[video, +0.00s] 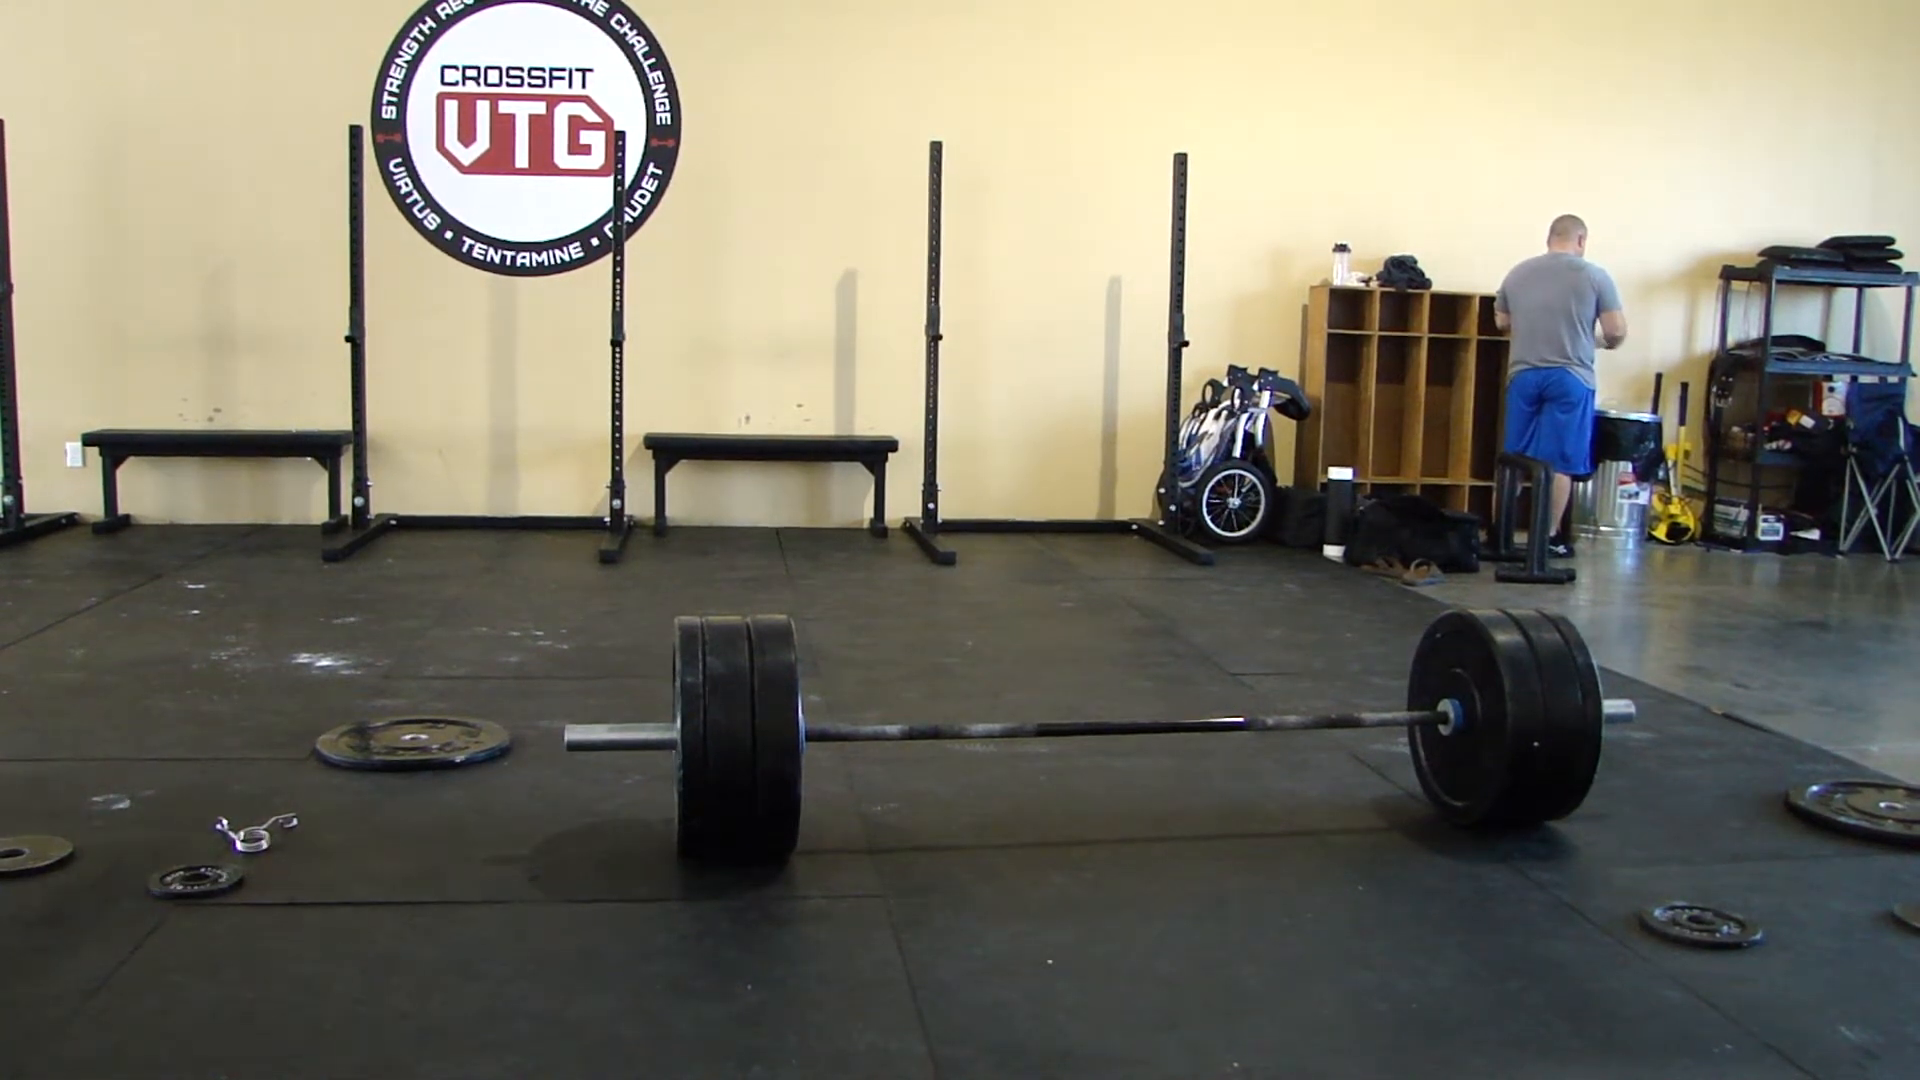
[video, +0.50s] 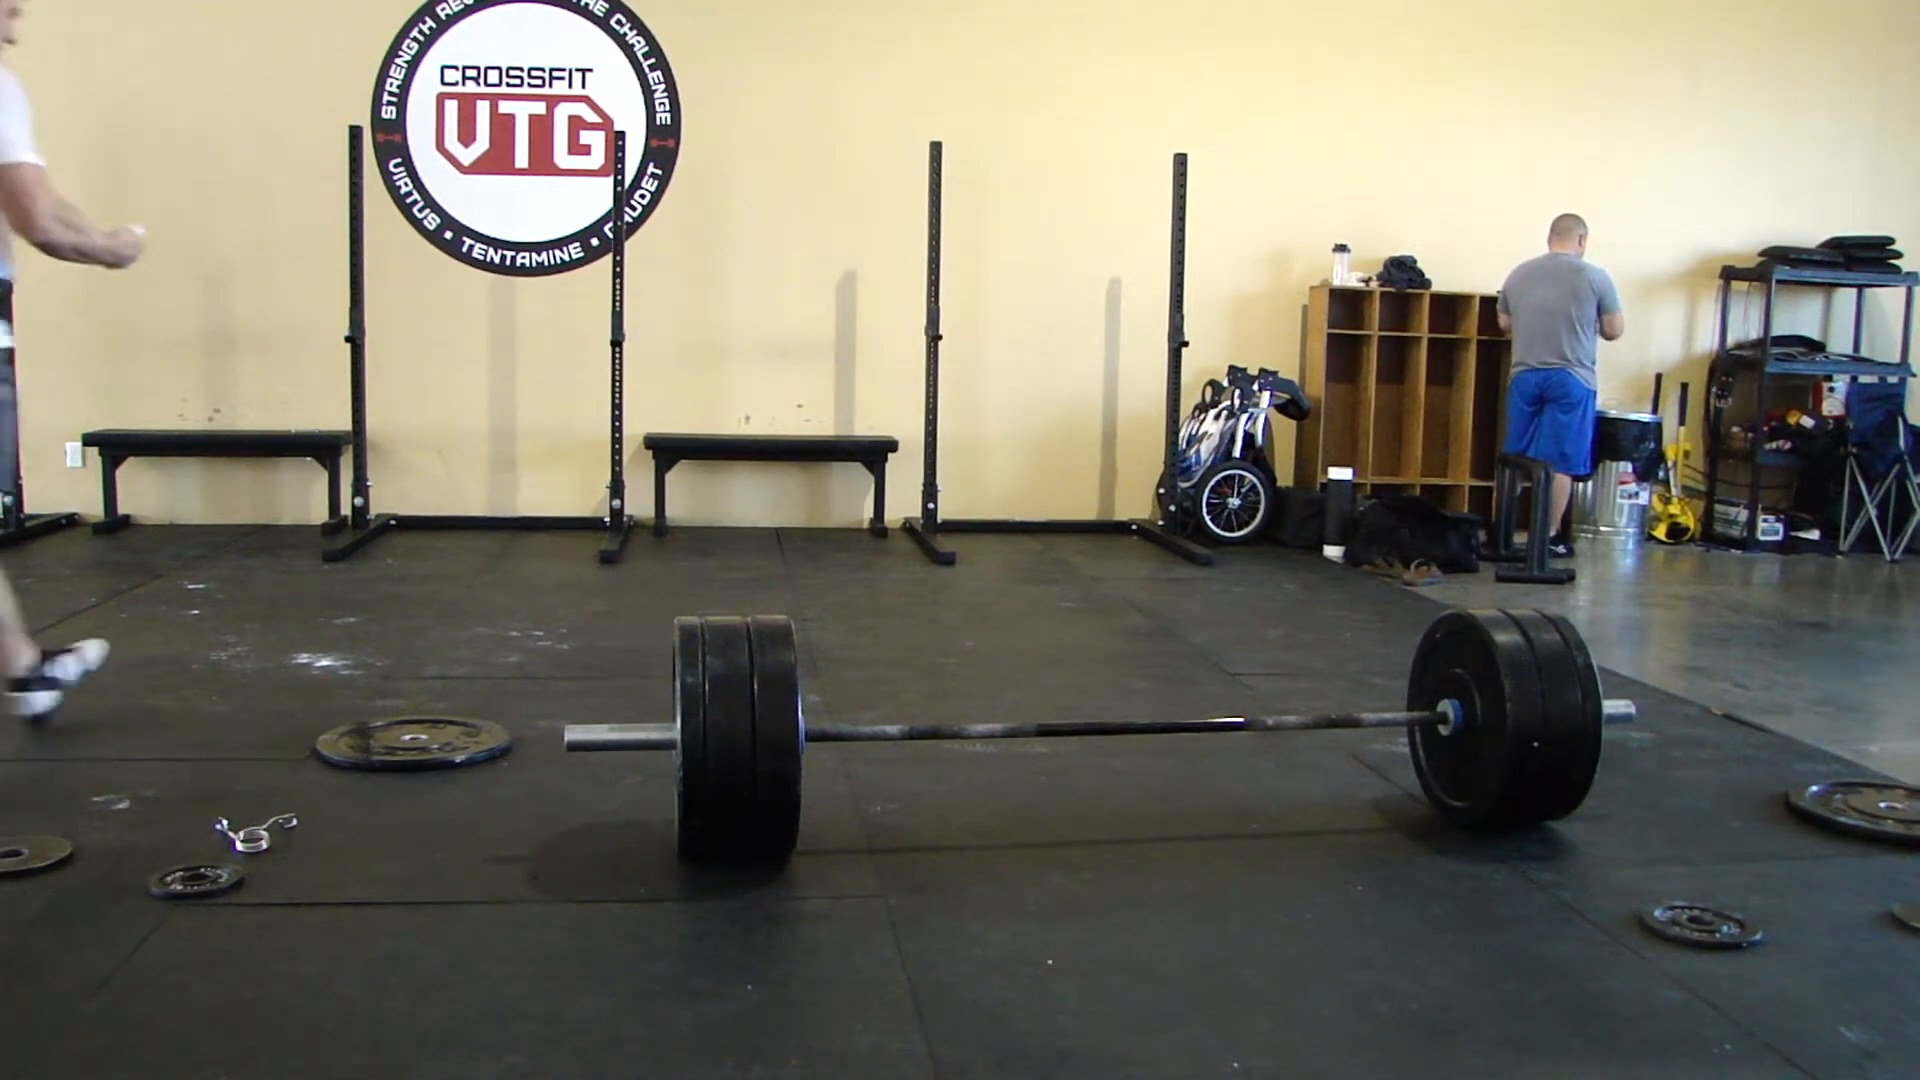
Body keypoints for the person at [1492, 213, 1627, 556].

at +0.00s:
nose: (1582, 248)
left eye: (1581, 243)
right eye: (1584, 243)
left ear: (1548, 240)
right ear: (1581, 241)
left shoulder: (1518, 272)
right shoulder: (1593, 275)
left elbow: (1502, 321)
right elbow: (1616, 332)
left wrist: (1533, 322)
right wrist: (1603, 340)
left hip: (1523, 375)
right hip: (1570, 377)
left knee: (1512, 459)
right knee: (1560, 464)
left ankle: (1500, 535)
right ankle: (1548, 537)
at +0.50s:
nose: (1584, 247)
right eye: (1585, 242)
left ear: (1548, 240)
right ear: (1582, 240)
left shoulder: (1519, 273)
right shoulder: (1595, 276)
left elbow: (1504, 322)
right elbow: (1613, 330)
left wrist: (1537, 318)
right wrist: (1585, 316)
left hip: (1524, 376)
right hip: (1572, 378)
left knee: (1513, 459)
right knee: (1560, 464)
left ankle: (1501, 536)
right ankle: (1549, 537)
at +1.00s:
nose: (1580, 246)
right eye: (1582, 241)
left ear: (1546, 239)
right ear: (1580, 240)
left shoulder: (1520, 274)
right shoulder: (1596, 277)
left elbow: (1508, 322)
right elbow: (1619, 324)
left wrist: (1541, 315)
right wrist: (1587, 307)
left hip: (1526, 377)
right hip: (1574, 379)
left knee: (1514, 459)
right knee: (1562, 465)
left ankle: (1500, 535)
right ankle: (1548, 539)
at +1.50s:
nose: (1564, 245)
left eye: (1549, 238)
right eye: (1577, 240)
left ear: (1545, 239)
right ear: (1580, 241)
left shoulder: (1520, 275)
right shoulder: (1598, 276)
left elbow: (1509, 324)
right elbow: (1619, 326)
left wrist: (1543, 315)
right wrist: (1582, 313)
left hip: (1527, 378)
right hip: (1575, 379)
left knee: (1516, 460)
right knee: (1562, 466)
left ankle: (1502, 536)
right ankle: (1546, 540)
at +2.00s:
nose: (1553, 245)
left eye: (1548, 240)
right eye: (1576, 240)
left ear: (1545, 240)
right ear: (1580, 241)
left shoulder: (1521, 275)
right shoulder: (1599, 276)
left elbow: (1509, 323)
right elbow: (1617, 326)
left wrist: (1543, 314)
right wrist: (1581, 312)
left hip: (1527, 377)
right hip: (1575, 379)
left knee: (1516, 459)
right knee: (1561, 466)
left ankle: (1502, 535)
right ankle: (1547, 540)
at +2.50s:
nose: (1571, 245)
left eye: (1550, 240)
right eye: (1577, 240)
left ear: (1544, 240)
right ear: (1580, 241)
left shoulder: (1520, 275)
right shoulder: (1597, 276)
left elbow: (1509, 324)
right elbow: (1618, 326)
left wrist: (1542, 314)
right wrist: (1582, 311)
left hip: (1527, 377)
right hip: (1575, 379)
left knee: (1516, 459)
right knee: (1562, 465)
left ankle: (1501, 534)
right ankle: (1547, 540)